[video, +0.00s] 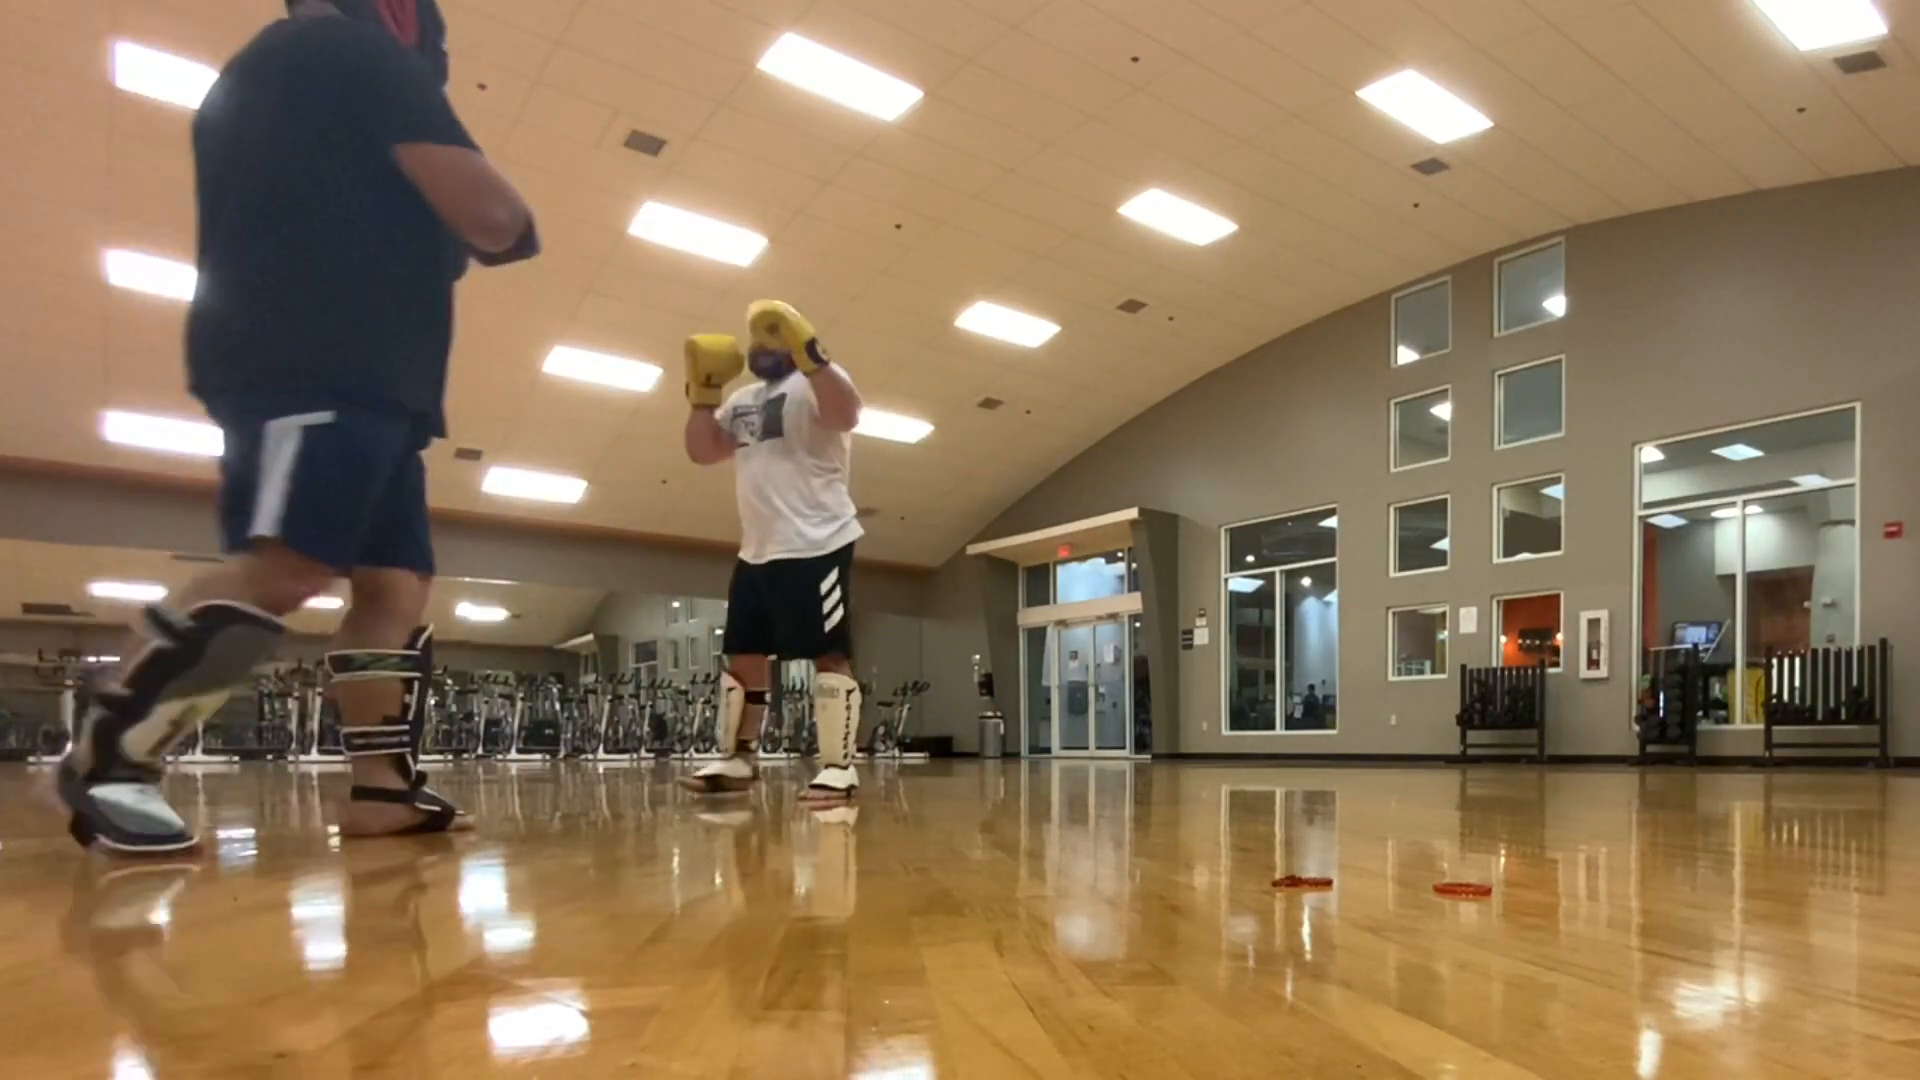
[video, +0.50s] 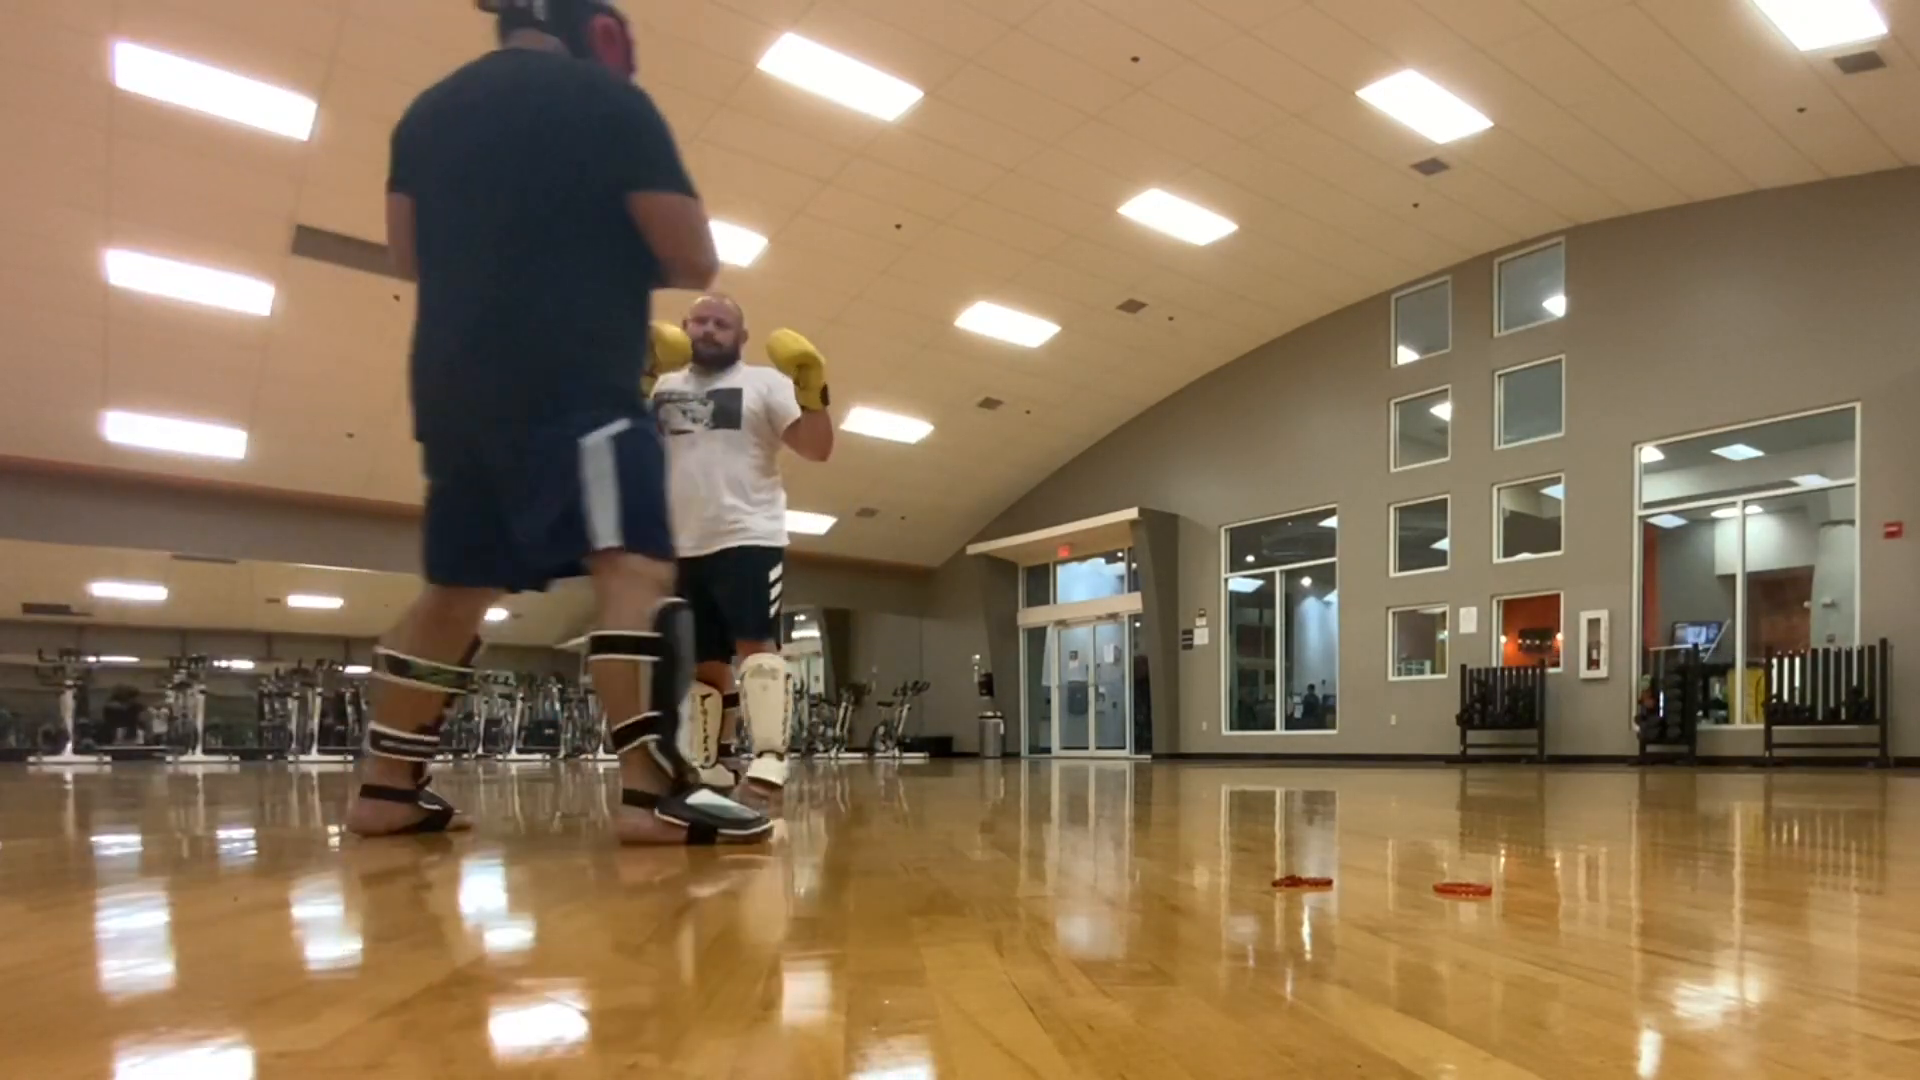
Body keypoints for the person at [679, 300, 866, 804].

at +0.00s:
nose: (761, 344)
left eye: (772, 336)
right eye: (755, 337)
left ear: (794, 345)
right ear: (748, 347)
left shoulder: (818, 383)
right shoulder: (742, 402)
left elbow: (846, 414)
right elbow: (703, 450)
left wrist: (809, 354)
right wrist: (703, 393)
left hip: (819, 542)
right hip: (759, 549)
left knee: (828, 653)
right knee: (745, 651)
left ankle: (836, 768)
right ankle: (739, 758)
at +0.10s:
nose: (752, 332)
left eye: (766, 322)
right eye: (745, 323)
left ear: (789, 335)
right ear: (735, 341)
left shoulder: (809, 382)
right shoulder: (725, 401)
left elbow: (839, 428)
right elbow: (690, 460)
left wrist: (799, 371)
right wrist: (686, 409)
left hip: (804, 545)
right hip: (741, 552)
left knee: (817, 654)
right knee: (729, 658)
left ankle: (836, 769)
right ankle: (716, 767)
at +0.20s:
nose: (731, 341)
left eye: (744, 334)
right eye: (724, 333)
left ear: (771, 344)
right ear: (714, 342)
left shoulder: (797, 386)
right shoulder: (701, 400)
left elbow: (833, 452)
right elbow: (678, 476)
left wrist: (791, 410)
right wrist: (673, 431)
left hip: (786, 543)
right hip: (721, 550)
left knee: (798, 652)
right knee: (711, 657)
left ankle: (832, 766)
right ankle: (712, 766)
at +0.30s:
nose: (717, 338)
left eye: (730, 331)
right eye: (709, 329)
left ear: (755, 342)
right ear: (697, 339)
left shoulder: (784, 388)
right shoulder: (683, 395)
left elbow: (830, 461)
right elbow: (651, 471)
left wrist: (798, 423)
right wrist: (660, 429)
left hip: (769, 536)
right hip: (705, 546)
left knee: (779, 635)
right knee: (705, 658)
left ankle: (818, 750)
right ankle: (710, 766)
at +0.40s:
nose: (710, 332)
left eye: (723, 326)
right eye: (702, 324)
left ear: (746, 339)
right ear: (687, 334)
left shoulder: (768, 385)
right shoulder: (671, 393)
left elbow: (822, 453)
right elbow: (628, 453)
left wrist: (806, 402)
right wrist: (641, 394)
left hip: (758, 529)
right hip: (694, 542)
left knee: (769, 631)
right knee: (705, 657)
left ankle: (791, 749)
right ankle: (705, 762)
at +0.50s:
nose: (707, 330)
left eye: (721, 324)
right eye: (699, 320)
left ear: (741, 338)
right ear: (684, 331)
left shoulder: (766, 382)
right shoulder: (664, 384)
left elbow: (817, 447)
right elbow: (626, 434)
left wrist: (815, 393)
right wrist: (639, 373)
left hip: (750, 534)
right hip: (686, 540)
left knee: (754, 646)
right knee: (706, 661)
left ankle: (769, 759)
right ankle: (705, 767)